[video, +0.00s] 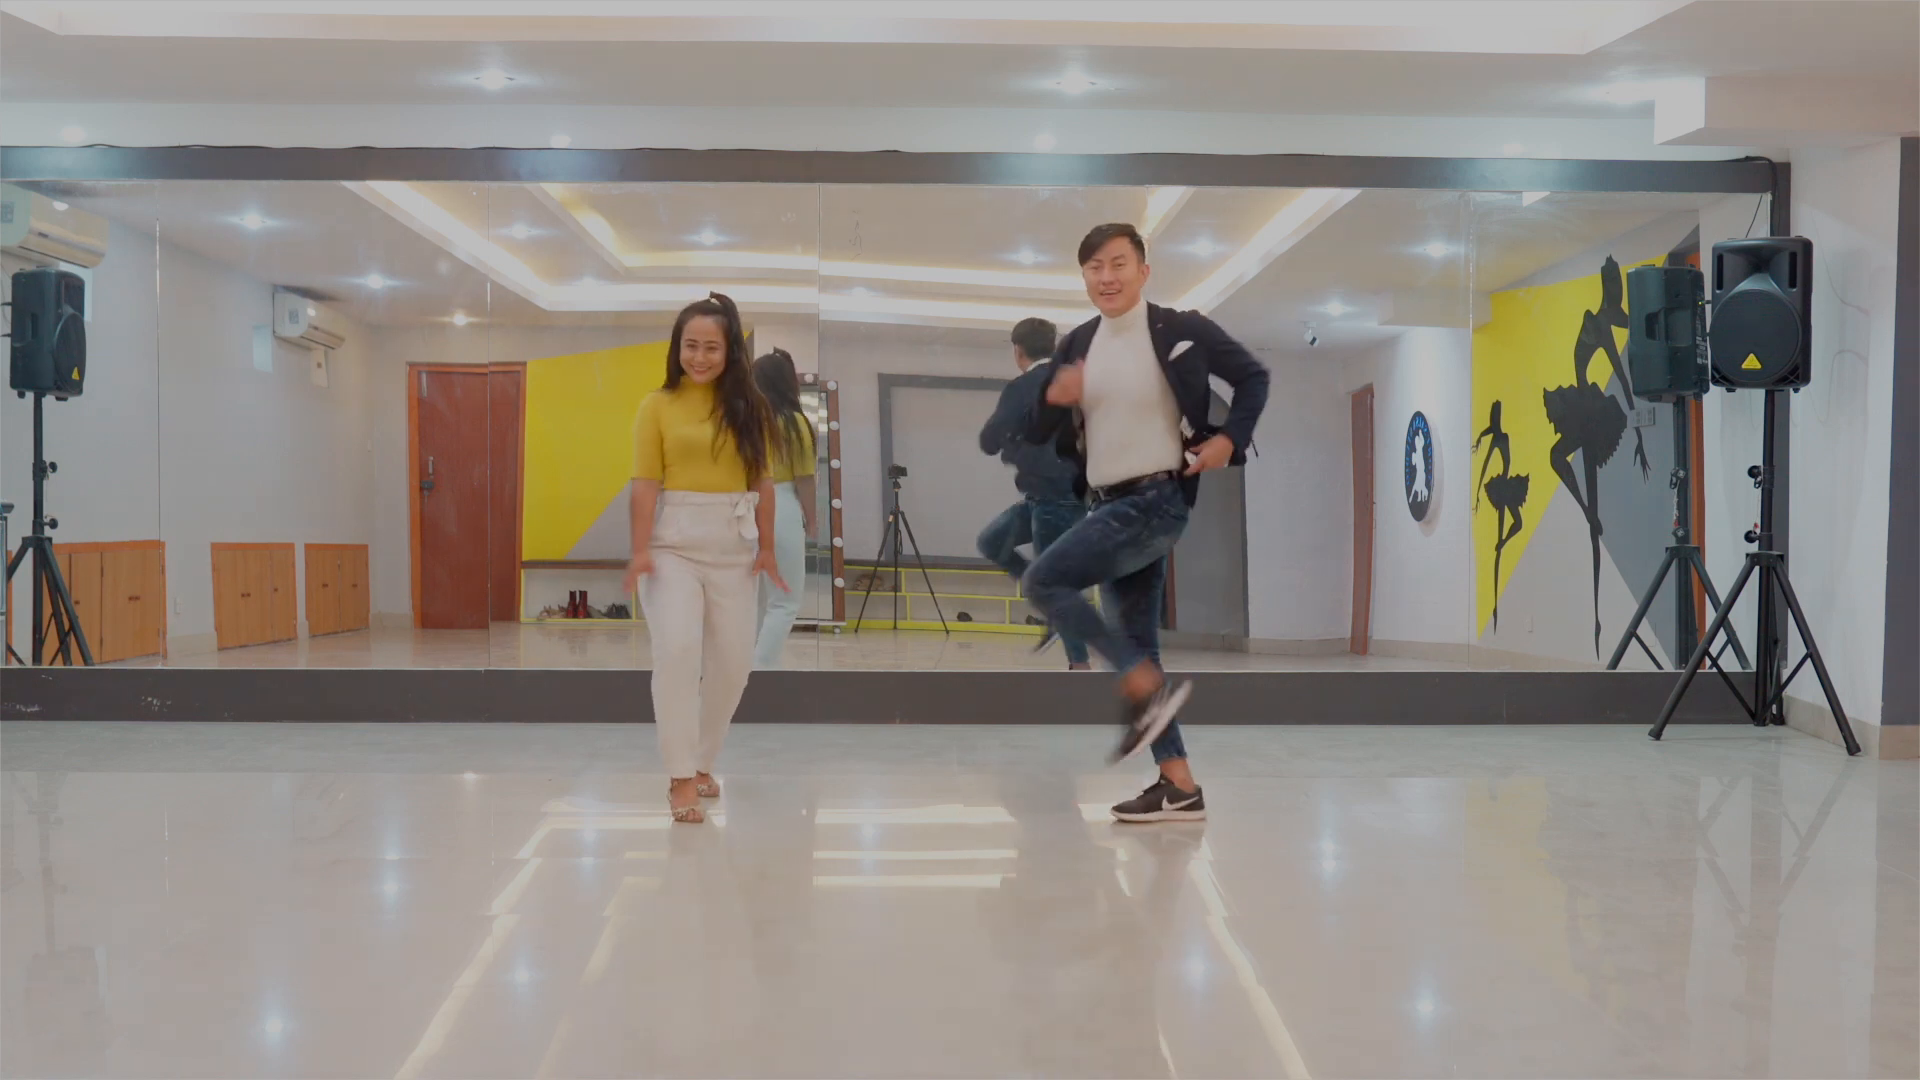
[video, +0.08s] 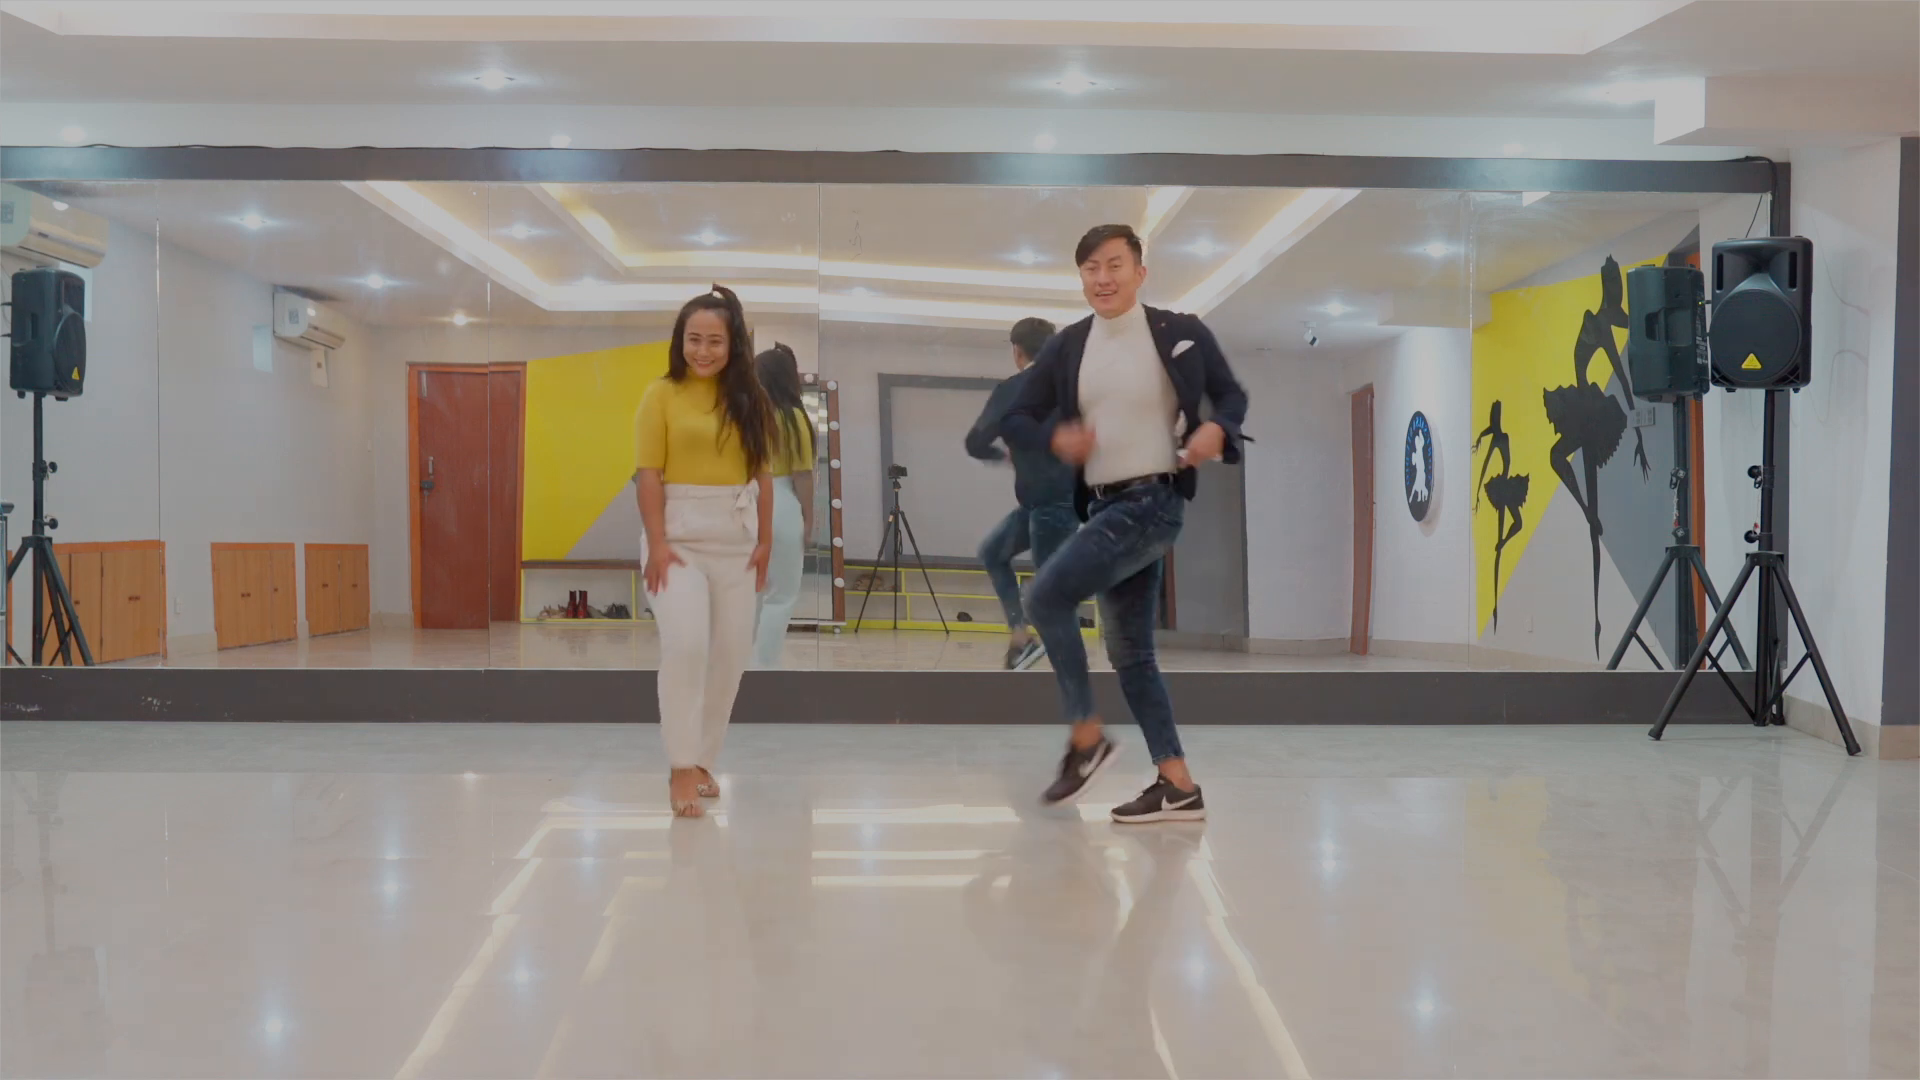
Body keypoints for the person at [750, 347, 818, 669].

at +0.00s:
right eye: (795, 377)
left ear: (756, 384)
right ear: (790, 381)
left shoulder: (745, 419)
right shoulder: (795, 422)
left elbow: (739, 475)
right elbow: (804, 479)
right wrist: (811, 521)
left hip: (745, 510)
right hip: (783, 508)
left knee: (753, 597)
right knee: (784, 601)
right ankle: (758, 674)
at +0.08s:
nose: (802, 378)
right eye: (797, 373)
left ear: (758, 379)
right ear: (791, 378)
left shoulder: (746, 413)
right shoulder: (795, 417)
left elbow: (739, 471)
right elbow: (802, 475)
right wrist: (808, 520)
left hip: (745, 502)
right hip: (783, 501)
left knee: (751, 589)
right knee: (782, 593)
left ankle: (747, 666)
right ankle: (763, 670)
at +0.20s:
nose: (804, 376)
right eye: (799, 369)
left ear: (762, 371)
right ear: (792, 371)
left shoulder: (749, 405)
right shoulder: (790, 407)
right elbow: (803, 459)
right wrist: (802, 508)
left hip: (752, 501)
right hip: (782, 502)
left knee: (760, 587)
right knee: (776, 592)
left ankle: (760, 662)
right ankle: (763, 666)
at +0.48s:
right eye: (807, 364)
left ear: (773, 370)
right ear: (800, 368)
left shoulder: (764, 400)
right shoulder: (799, 401)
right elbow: (807, 434)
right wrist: (801, 463)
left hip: (768, 494)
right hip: (782, 497)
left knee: (808, 567)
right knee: (774, 569)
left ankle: (791, 632)